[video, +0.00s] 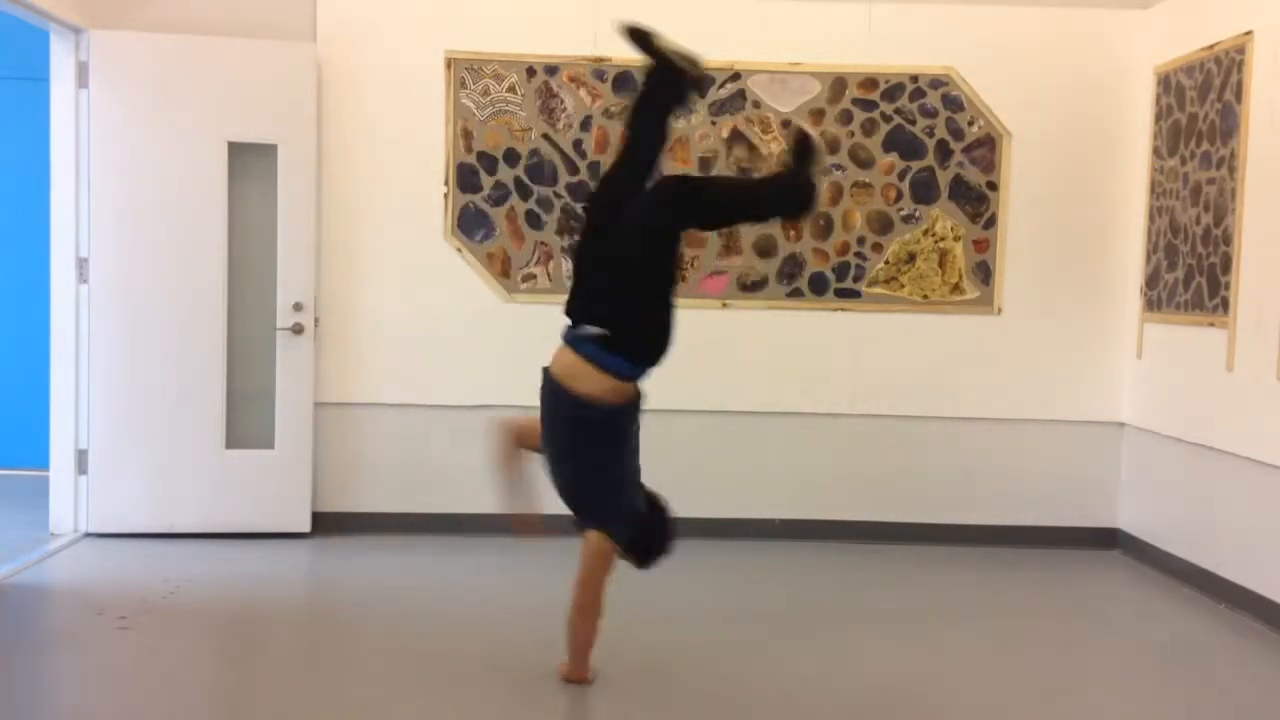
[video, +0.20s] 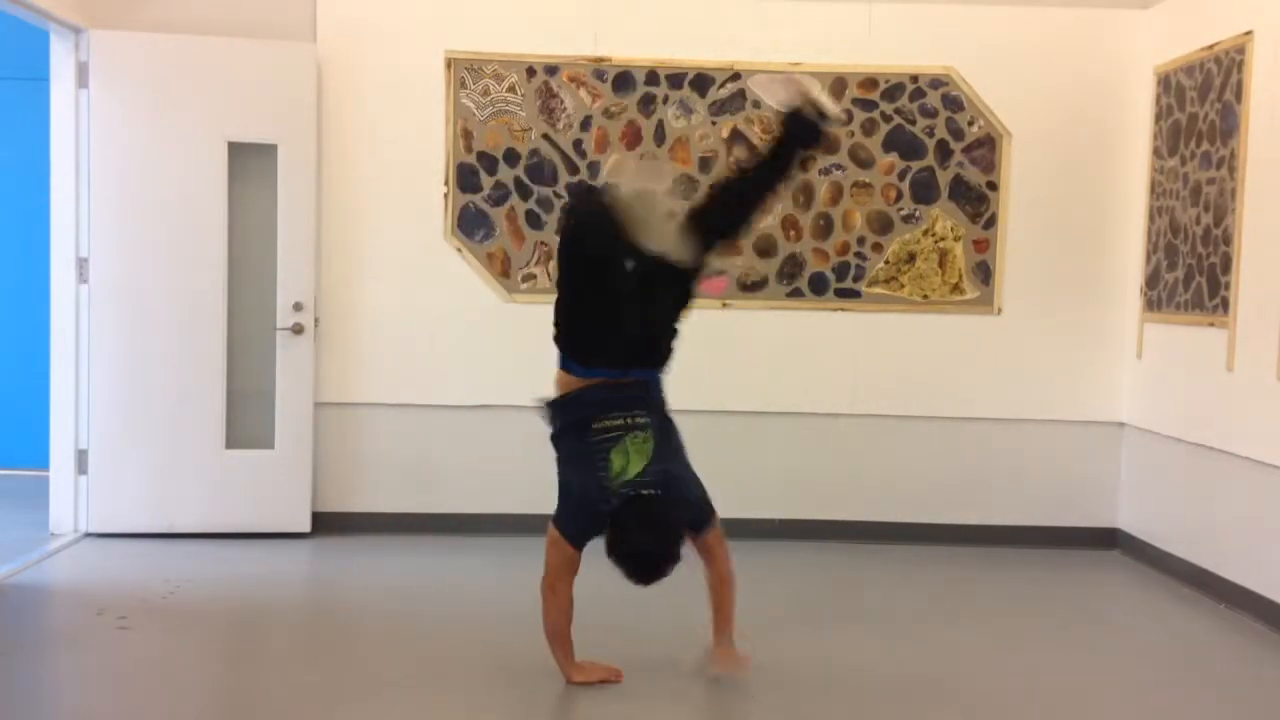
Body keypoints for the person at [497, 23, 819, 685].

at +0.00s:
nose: (626, 559)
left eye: (635, 553)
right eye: (636, 554)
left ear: (641, 512)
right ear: (642, 536)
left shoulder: (579, 464)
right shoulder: (612, 515)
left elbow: (514, 432)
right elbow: (587, 596)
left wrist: (517, 499)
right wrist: (577, 668)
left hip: (583, 334)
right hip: (630, 341)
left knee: (615, 195)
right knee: (667, 203)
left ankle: (664, 81)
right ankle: (792, 189)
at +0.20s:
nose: (647, 573)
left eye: (657, 567)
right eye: (638, 570)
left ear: (674, 536)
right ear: (614, 544)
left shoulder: (685, 498)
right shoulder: (579, 510)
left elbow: (720, 564)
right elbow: (555, 588)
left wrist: (723, 643)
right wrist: (568, 668)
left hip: (647, 367)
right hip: (582, 368)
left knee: (704, 230)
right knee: (583, 226)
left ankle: (800, 131)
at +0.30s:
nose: (626, 584)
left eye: (636, 581)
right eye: (616, 580)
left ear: (656, 549)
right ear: (597, 548)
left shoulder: (686, 513)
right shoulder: (575, 513)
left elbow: (713, 590)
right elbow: (553, 586)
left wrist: (719, 671)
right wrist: (565, 666)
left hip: (673, 355)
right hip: (606, 349)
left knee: (746, 248)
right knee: (577, 236)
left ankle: (852, 170)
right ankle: (529, 179)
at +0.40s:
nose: (610, 581)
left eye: (620, 579)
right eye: (600, 576)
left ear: (644, 549)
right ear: (585, 542)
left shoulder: (685, 510)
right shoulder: (575, 504)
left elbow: (718, 585)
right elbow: (554, 571)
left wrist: (720, 671)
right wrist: (549, 644)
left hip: (694, 355)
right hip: (626, 342)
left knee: (767, 258)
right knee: (580, 225)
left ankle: (850, 184)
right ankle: (486, 136)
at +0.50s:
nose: (602, 587)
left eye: (612, 581)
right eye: (591, 580)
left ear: (635, 554)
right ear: (583, 544)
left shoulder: (683, 516)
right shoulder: (585, 508)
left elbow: (722, 585)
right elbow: (583, 556)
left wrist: (720, 671)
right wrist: (577, 603)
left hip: (694, 371)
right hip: (631, 360)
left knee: (762, 256)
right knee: (590, 235)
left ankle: (822, 164)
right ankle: (514, 131)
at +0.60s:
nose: (616, 578)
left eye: (615, 571)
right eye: (609, 576)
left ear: (623, 548)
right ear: (580, 531)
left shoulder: (674, 520)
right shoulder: (600, 513)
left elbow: (716, 586)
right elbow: (632, 566)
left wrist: (720, 671)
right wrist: (631, 624)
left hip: (686, 372)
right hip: (629, 371)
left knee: (734, 245)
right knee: (617, 249)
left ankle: (755, 137)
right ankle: (561, 160)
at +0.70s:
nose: (616, 572)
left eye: (612, 565)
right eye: (606, 570)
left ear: (617, 544)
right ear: (599, 534)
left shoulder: (661, 520)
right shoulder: (606, 508)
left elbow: (707, 586)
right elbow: (638, 566)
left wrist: (720, 670)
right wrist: (635, 625)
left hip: (673, 368)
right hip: (628, 368)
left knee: (678, 244)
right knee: (643, 264)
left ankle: (662, 126)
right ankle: (609, 182)